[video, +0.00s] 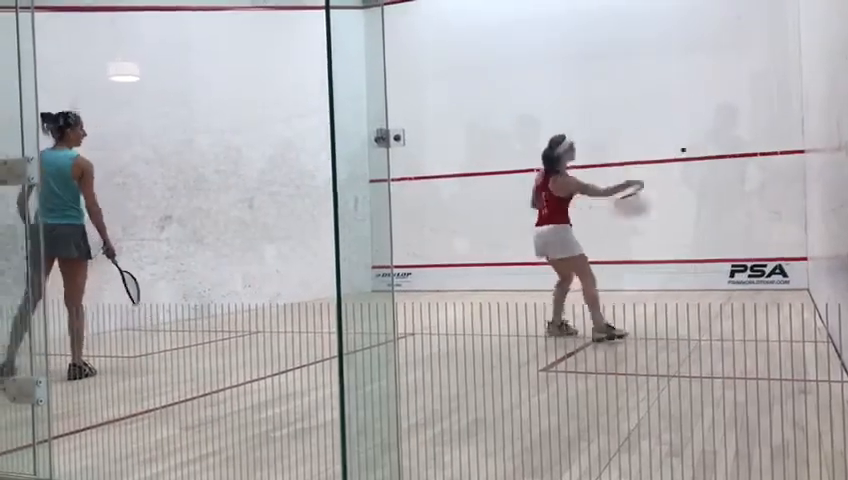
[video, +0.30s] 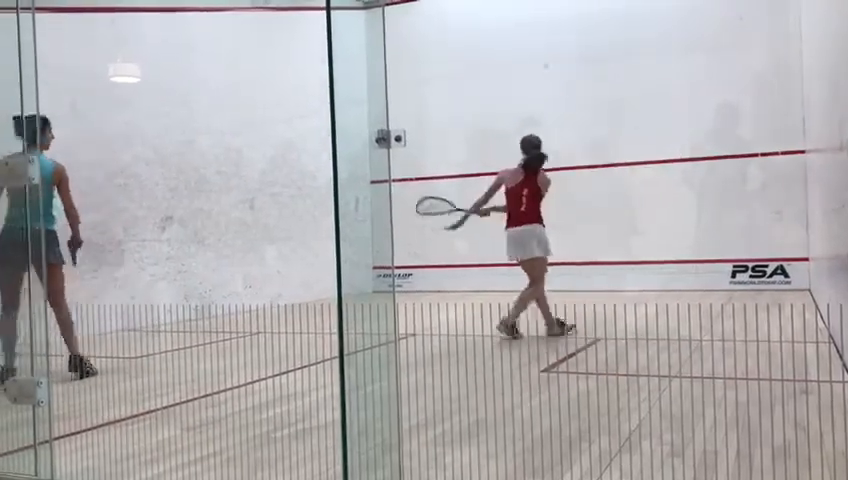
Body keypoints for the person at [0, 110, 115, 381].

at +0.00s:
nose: (84, 133)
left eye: (83, 128)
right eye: (80, 128)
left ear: (61, 132)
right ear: (68, 131)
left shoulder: (39, 158)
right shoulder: (81, 164)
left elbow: (22, 197)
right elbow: (92, 207)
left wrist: (27, 224)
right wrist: (106, 240)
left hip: (42, 233)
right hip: (71, 234)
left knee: (31, 296)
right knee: (74, 301)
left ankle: (8, 359)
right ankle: (77, 363)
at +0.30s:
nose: (53, 138)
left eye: (51, 133)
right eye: (50, 134)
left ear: (25, 136)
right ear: (44, 137)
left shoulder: (8, 165)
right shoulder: (54, 168)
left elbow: (2, 195)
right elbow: (69, 208)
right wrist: (76, 235)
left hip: (11, 238)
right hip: (43, 237)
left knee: (8, 307)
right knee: (58, 301)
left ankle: (8, 366)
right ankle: (75, 357)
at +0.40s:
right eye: (37, 138)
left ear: (12, 139)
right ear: (37, 139)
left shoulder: (3, 165)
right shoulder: (44, 169)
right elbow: (59, 209)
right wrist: (58, 227)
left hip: (6, 240)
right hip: (33, 239)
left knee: (4, 306)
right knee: (42, 295)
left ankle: (7, 363)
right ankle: (62, 343)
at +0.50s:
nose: (27, 144)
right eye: (29, 139)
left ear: (5, 140)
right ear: (29, 140)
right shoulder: (37, 170)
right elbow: (50, 211)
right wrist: (29, 217)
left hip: (5, 238)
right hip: (29, 238)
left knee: (2, 301)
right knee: (26, 295)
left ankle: (4, 361)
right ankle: (40, 352)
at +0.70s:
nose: (2, 162)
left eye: (1, 157)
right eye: (4, 157)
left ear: (3, 155)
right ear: (8, 155)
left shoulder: (12, 183)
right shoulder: (20, 183)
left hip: (13, 250)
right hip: (19, 250)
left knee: (7, 303)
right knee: (7, 304)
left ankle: (27, 356)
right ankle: (26, 355)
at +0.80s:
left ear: (6, 172)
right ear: (8, 173)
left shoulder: (7, 193)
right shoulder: (7, 193)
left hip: (8, 253)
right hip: (10, 252)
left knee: (6, 308)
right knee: (6, 308)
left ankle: (25, 357)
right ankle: (25, 356)